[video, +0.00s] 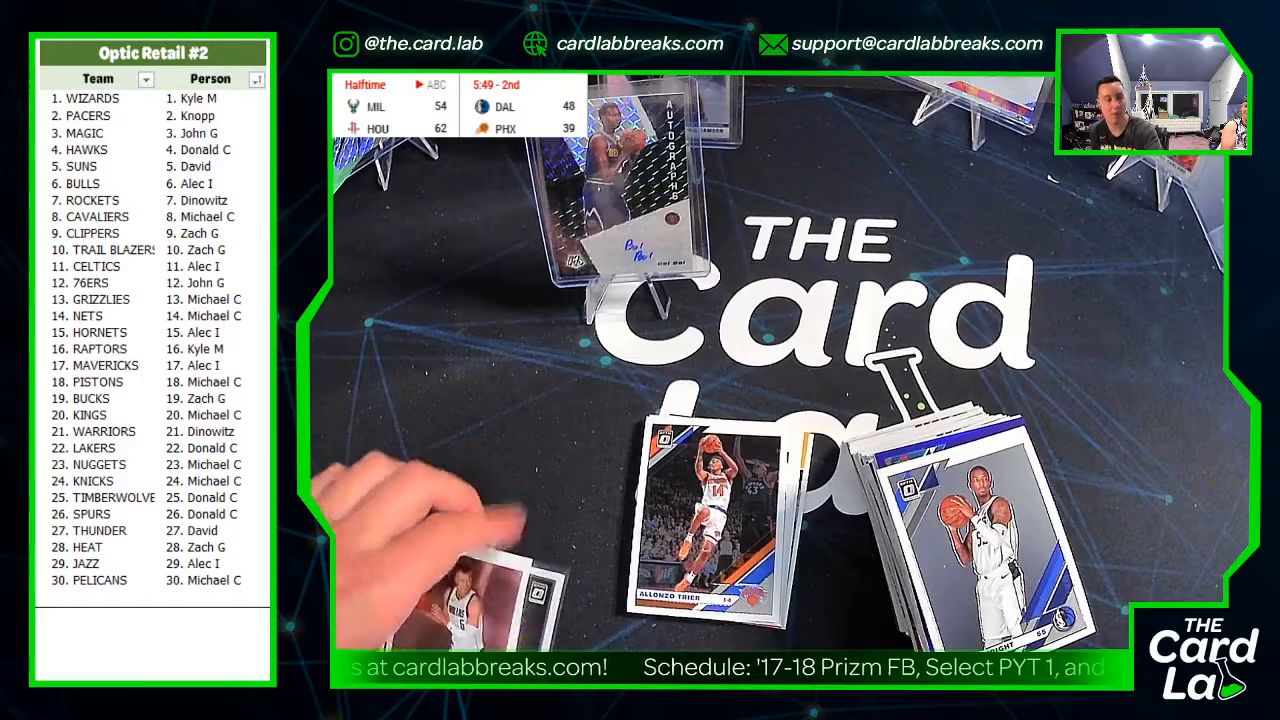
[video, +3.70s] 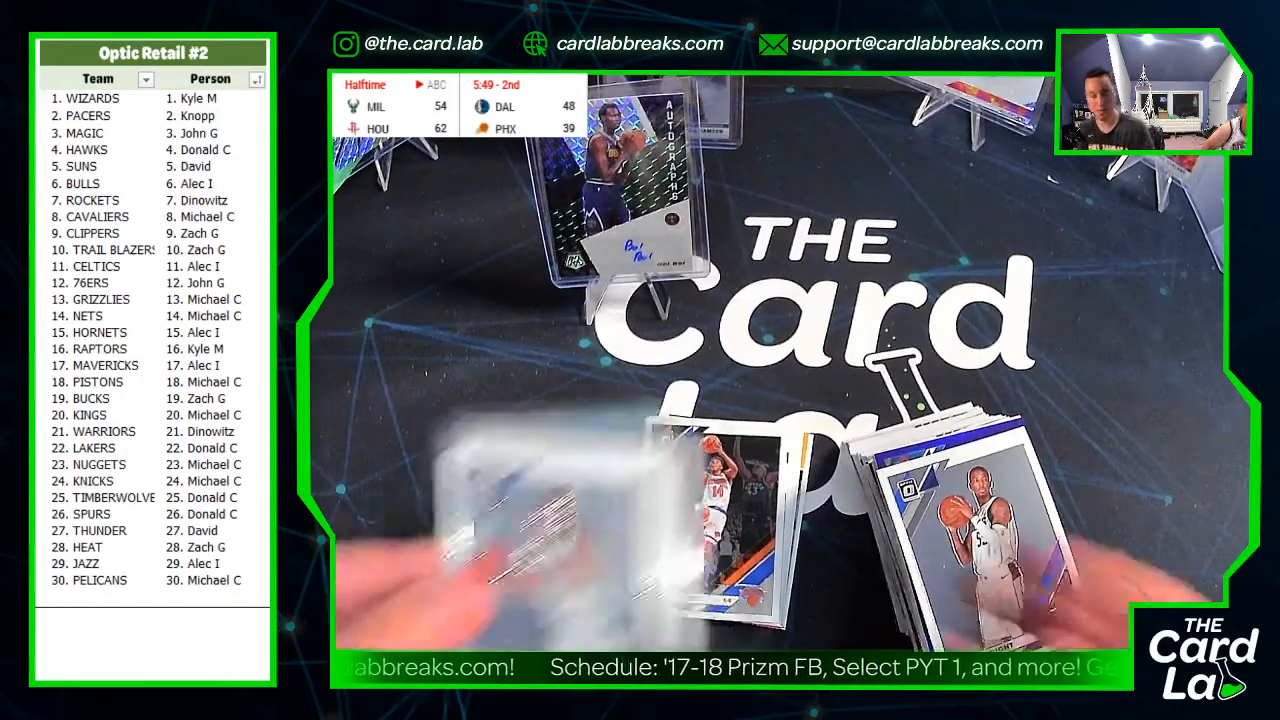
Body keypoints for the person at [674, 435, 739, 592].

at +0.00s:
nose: (714, 463)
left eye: (717, 461)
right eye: (713, 461)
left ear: (721, 465)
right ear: (710, 465)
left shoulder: (727, 476)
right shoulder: (706, 476)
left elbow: (734, 469)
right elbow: (699, 470)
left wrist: (722, 452)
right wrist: (700, 451)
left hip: (721, 513)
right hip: (707, 507)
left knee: (707, 550)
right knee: (704, 511)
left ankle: (688, 579)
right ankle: (688, 540)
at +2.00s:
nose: (714, 464)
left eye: (717, 462)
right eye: (712, 461)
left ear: (721, 466)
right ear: (709, 465)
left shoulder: (727, 476)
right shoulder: (705, 477)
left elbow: (734, 469)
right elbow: (698, 471)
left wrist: (721, 452)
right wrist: (700, 451)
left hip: (720, 512)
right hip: (706, 507)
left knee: (707, 550)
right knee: (704, 512)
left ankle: (689, 578)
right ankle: (688, 540)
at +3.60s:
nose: (714, 464)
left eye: (717, 462)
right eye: (713, 462)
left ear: (721, 465)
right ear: (709, 465)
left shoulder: (727, 476)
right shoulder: (705, 477)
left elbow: (734, 469)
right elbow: (698, 471)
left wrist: (722, 452)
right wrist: (700, 451)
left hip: (720, 513)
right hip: (706, 507)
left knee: (707, 550)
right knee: (705, 512)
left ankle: (688, 580)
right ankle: (688, 540)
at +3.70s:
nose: (714, 464)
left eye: (717, 462)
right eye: (712, 462)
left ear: (721, 465)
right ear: (709, 464)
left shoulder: (726, 476)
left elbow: (734, 468)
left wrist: (722, 453)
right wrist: (700, 449)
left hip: (719, 510)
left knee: (708, 544)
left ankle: (708, 576)